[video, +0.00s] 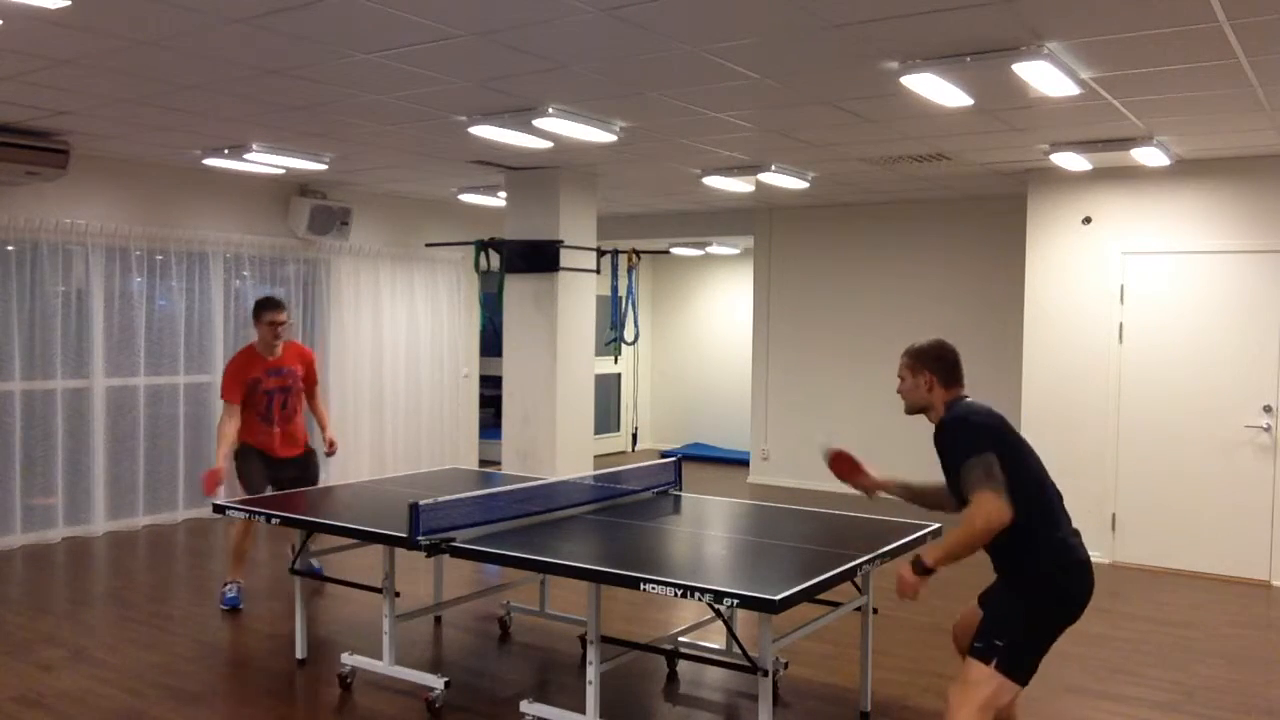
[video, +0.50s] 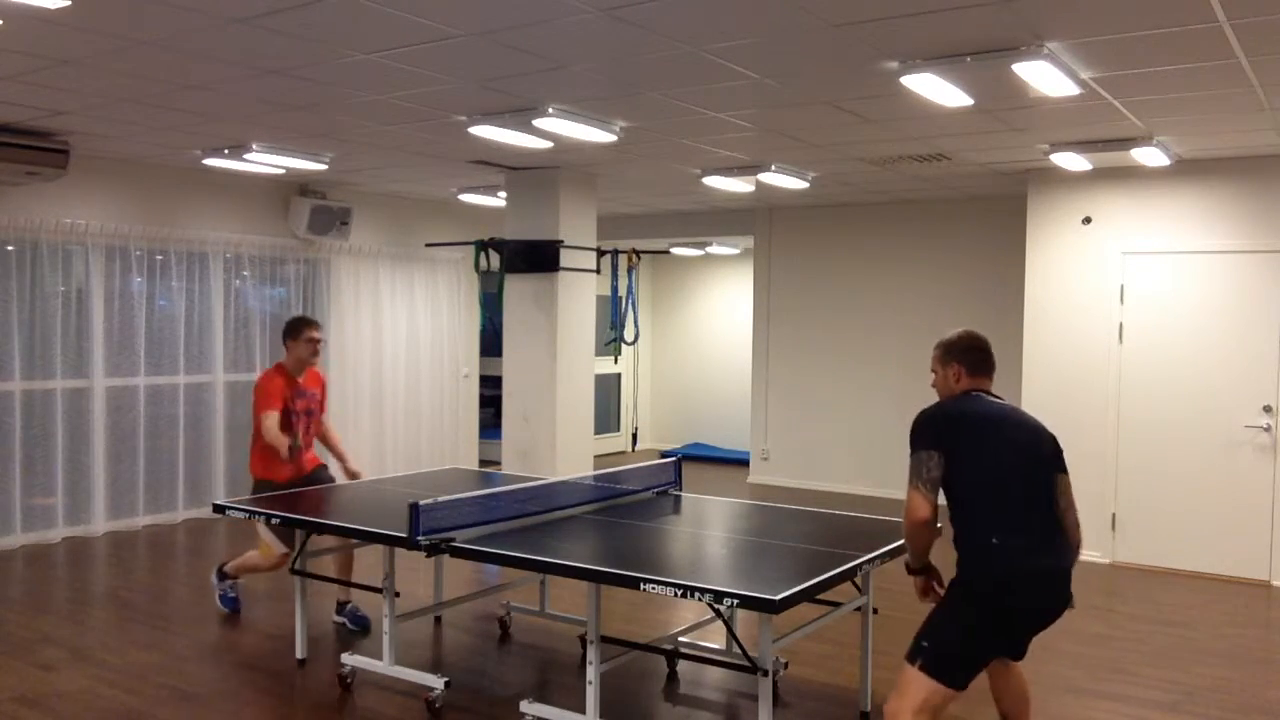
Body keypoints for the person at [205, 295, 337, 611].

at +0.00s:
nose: (279, 331)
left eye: (283, 324)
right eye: (272, 325)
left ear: (288, 323)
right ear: (256, 325)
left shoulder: (302, 357)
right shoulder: (239, 365)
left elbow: (312, 394)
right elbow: (230, 417)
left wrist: (326, 430)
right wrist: (221, 463)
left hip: (294, 447)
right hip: (253, 448)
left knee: (303, 505)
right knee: (255, 504)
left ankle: (300, 554)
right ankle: (234, 581)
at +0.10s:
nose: (282, 343)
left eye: (287, 337)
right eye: (275, 337)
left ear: (292, 337)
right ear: (260, 337)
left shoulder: (305, 364)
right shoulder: (244, 377)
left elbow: (318, 397)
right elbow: (235, 423)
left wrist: (335, 430)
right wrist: (217, 455)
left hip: (304, 452)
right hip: (262, 456)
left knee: (328, 512)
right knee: (260, 516)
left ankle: (314, 573)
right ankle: (234, 582)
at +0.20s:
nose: (292, 354)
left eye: (297, 348)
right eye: (286, 348)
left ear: (302, 347)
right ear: (268, 347)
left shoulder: (310, 372)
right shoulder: (260, 382)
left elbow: (322, 403)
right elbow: (256, 417)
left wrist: (346, 431)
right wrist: (246, 426)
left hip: (312, 461)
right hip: (271, 467)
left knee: (340, 529)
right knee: (265, 537)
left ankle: (341, 595)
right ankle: (237, 582)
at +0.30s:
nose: (305, 361)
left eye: (309, 355)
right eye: (298, 356)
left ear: (312, 356)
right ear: (280, 356)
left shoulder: (316, 382)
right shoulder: (269, 390)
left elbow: (325, 417)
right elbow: (273, 405)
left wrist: (355, 437)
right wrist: (285, 411)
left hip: (319, 475)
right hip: (279, 482)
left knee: (343, 537)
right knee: (273, 555)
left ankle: (342, 603)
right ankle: (238, 578)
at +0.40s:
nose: (316, 358)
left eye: (318, 352)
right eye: (310, 352)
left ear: (319, 354)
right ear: (290, 353)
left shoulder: (319, 384)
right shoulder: (272, 388)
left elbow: (326, 426)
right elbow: (282, 418)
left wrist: (360, 456)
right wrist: (289, 416)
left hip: (317, 476)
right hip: (278, 485)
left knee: (346, 536)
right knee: (281, 559)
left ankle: (343, 604)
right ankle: (236, 572)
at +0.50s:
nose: (317, 348)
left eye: (319, 342)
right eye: (310, 342)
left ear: (319, 345)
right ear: (289, 344)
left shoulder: (316, 379)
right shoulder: (271, 381)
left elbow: (321, 426)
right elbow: (268, 428)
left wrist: (345, 463)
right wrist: (284, 444)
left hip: (310, 474)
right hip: (273, 483)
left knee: (345, 530)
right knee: (276, 556)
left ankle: (344, 604)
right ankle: (225, 573)